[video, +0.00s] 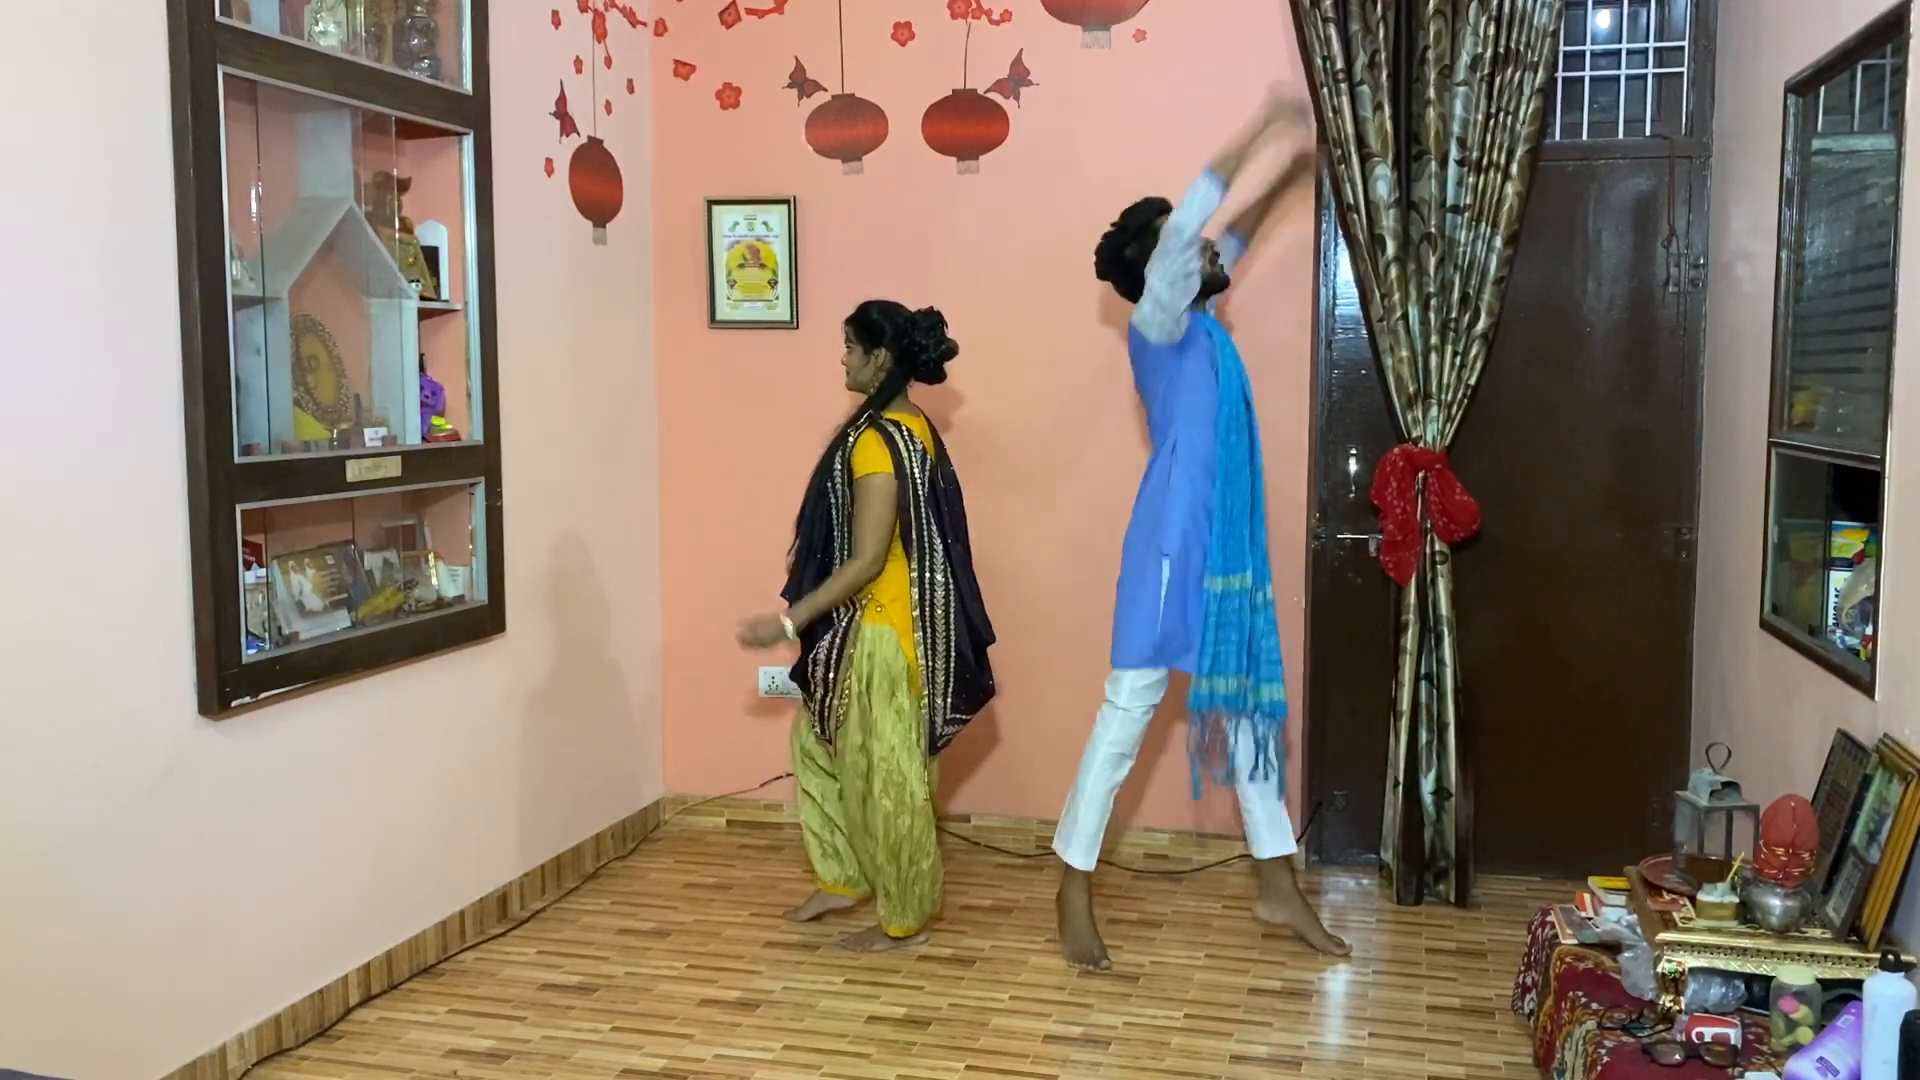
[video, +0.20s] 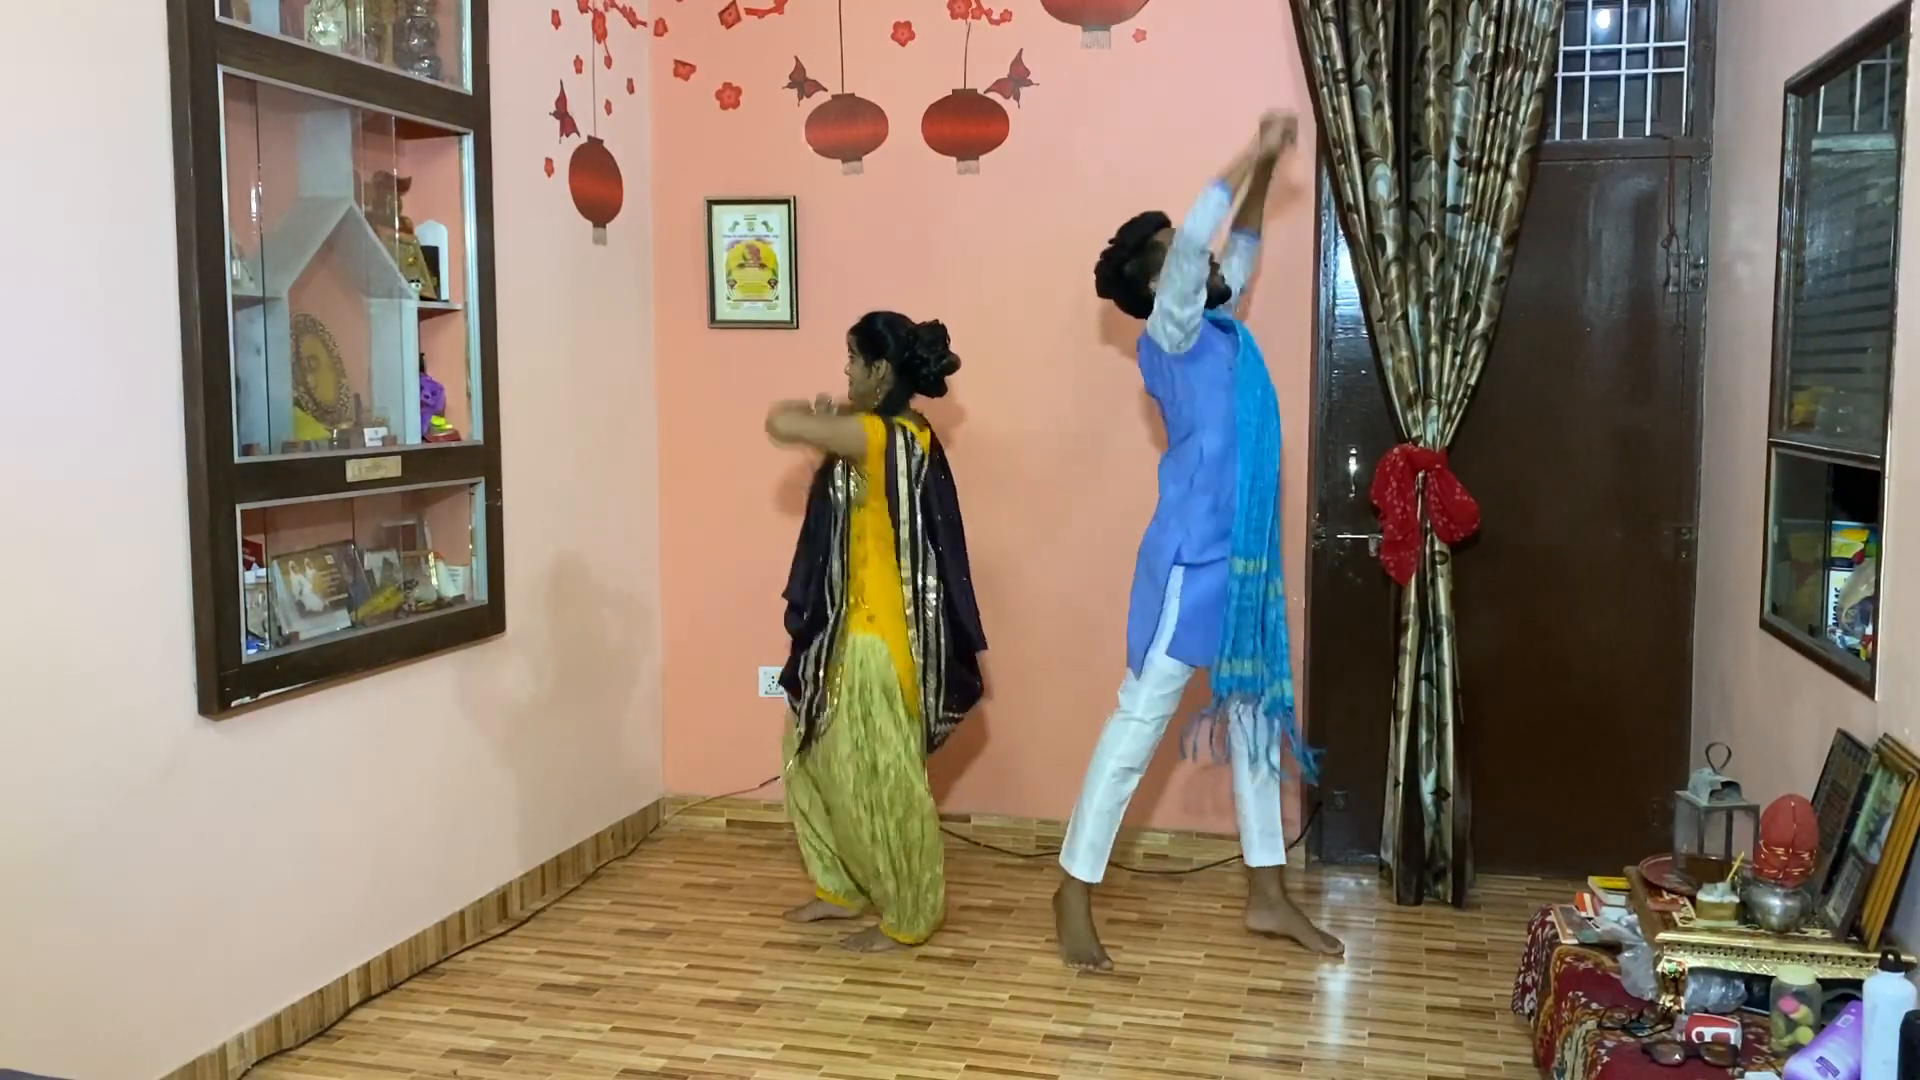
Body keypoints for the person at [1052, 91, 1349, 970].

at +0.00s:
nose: (1205, 255)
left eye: (1198, 246)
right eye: (1190, 248)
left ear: (1175, 270)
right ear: (1155, 269)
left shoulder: (1201, 321)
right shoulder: (1158, 326)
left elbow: (1234, 225)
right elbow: (1177, 230)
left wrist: (1288, 157)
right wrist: (1255, 129)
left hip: (1230, 540)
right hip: (1170, 539)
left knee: (1253, 700)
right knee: (1131, 707)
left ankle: (1278, 880)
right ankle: (1075, 885)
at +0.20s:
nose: (1202, 251)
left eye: (1192, 242)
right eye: (1183, 245)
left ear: (1164, 274)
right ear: (1155, 274)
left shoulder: (1219, 325)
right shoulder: (1173, 336)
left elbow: (1241, 247)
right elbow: (1191, 247)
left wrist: (1266, 171)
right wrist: (1247, 161)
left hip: (1250, 557)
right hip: (1193, 558)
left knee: (1258, 714)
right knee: (1144, 718)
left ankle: (1268, 890)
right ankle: (1076, 890)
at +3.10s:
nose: (1152, 306)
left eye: (1159, 291)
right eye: (1152, 291)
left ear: (1202, 287)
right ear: (1198, 289)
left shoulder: (1244, 342)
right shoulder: (1206, 358)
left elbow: (1227, 424)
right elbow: (1213, 471)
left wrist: (1141, 484)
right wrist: (1177, 557)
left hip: (1240, 589)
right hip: (1185, 587)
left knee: (1266, 760)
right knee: (1117, 719)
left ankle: (1338, 912)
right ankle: (1126, 881)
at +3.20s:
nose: (1157, 286)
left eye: (1167, 270)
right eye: (1158, 270)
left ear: (1207, 271)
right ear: (1212, 272)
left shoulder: (1229, 337)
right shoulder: (1220, 333)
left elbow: (1218, 461)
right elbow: (1221, 462)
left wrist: (1180, 568)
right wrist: (1184, 566)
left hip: (1242, 572)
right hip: (1198, 572)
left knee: (1279, 750)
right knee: (1134, 711)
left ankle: (1328, 919)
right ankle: (1114, 874)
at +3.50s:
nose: (1169, 301)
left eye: (1180, 288)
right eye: (1171, 286)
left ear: (1230, 295)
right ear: (1213, 295)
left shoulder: (1289, 394)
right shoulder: (1188, 384)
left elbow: (1311, 517)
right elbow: (1103, 436)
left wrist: (1313, 636)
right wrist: (1050, 374)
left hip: (1253, 615)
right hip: (1174, 607)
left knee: (1291, 770)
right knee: (1123, 736)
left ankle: (1332, 935)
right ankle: (1123, 904)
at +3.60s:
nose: (1173, 301)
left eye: (1186, 287)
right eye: (1174, 286)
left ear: (1234, 297)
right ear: (1220, 297)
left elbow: (1327, 515)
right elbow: (1077, 433)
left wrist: (1314, 631)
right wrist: (1020, 376)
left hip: (1258, 615)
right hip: (1165, 605)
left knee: (1291, 766)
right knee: (1121, 740)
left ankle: (1334, 932)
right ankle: (1116, 901)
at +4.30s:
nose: (1066, 342)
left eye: (1076, 328)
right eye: (1070, 327)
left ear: (1119, 338)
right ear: (1119, 338)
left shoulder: (1164, 408)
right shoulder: (1135, 415)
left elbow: (1105, 517)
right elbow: (1119, 517)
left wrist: (1052, 460)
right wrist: (1058, 504)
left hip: (1229, 614)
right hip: (1173, 621)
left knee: (1264, 776)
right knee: (1104, 734)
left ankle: (1342, 936)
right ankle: (1115, 907)